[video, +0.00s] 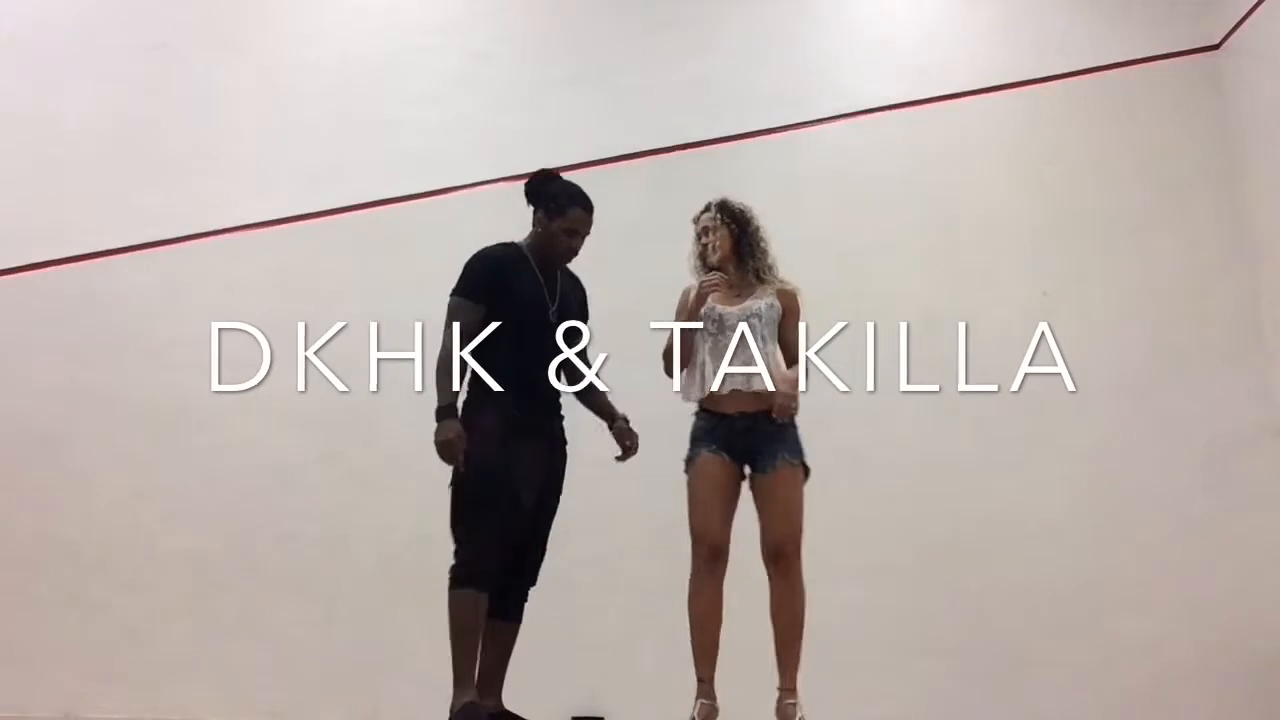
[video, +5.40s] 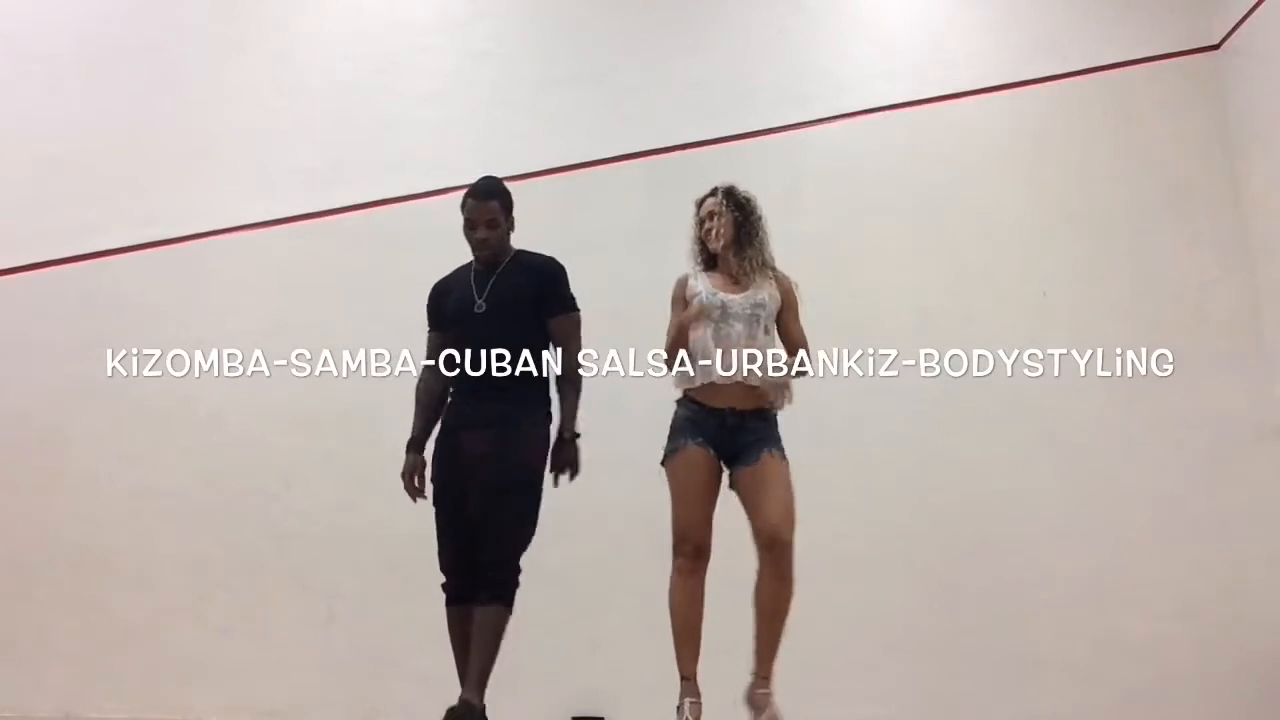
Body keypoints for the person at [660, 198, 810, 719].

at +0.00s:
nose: (705, 241)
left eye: (713, 231)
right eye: (701, 235)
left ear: (739, 234)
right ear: (699, 244)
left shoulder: (780, 296)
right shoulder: (696, 296)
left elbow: (794, 362)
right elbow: (673, 368)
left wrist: (789, 387)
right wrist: (691, 309)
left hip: (773, 431)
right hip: (713, 431)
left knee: (782, 555)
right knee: (709, 553)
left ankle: (788, 692)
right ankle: (705, 693)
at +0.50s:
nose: (740, 250)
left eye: (747, 240)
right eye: (734, 243)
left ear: (771, 240)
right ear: (729, 250)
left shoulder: (810, 300)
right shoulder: (726, 305)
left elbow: (827, 375)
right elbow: (708, 376)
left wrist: (801, 365)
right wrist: (727, 369)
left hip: (798, 430)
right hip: (740, 431)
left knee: (801, 556)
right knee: (745, 533)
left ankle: (794, 695)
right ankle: (755, 678)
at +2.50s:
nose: (746, 224)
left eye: (756, 216)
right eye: (737, 220)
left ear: (777, 227)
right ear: (730, 237)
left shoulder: (804, 283)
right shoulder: (720, 295)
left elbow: (844, 351)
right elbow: (710, 367)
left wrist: (818, 303)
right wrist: (684, 425)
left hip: (788, 429)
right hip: (725, 428)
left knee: (796, 553)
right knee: (720, 552)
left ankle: (806, 695)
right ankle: (709, 692)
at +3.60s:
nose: (727, 229)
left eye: (734, 219)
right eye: (720, 225)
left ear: (759, 225)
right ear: (717, 239)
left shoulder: (796, 286)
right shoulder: (713, 297)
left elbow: (828, 350)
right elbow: (704, 372)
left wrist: (846, 290)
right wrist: (657, 344)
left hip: (790, 430)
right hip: (728, 431)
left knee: (790, 556)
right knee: (717, 549)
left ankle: (782, 695)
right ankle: (715, 687)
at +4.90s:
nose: (720, 228)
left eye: (727, 219)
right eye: (712, 223)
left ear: (749, 223)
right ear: (706, 234)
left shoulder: (783, 283)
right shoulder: (700, 292)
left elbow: (811, 349)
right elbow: (691, 362)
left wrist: (775, 310)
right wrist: (684, 386)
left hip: (776, 426)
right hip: (714, 426)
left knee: (787, 554)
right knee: (707, 551)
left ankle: (795, 693)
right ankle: (697, 690)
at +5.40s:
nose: (713, 225)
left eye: (721, 215)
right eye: (707, 219)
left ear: (743, 221)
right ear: (700, 231)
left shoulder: (776, 285)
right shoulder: (689, 286)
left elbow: (800, 354)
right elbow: (668, 359)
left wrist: (783, 380)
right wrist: (685, 327)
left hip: (757, 427)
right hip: (696, 423)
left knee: (778, 541)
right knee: (689, 552)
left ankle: (762, 684)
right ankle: (689, 689)